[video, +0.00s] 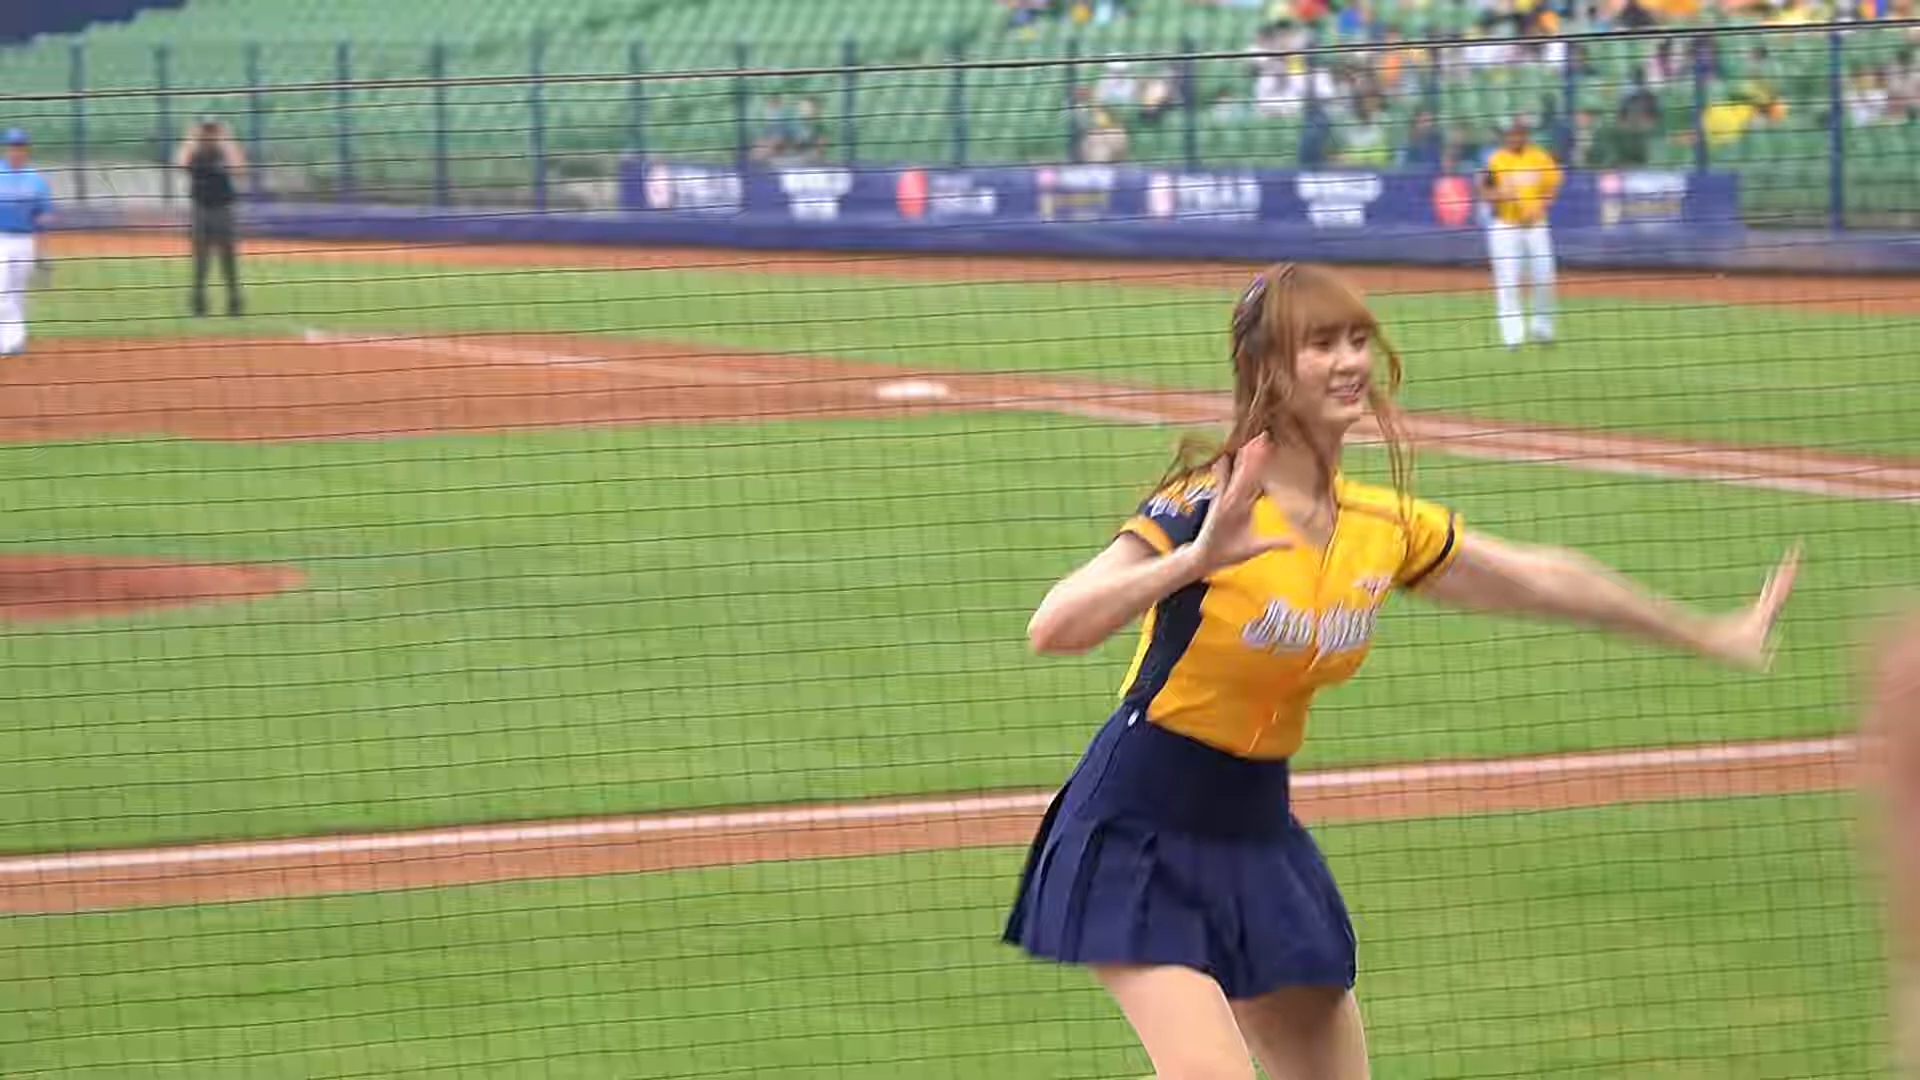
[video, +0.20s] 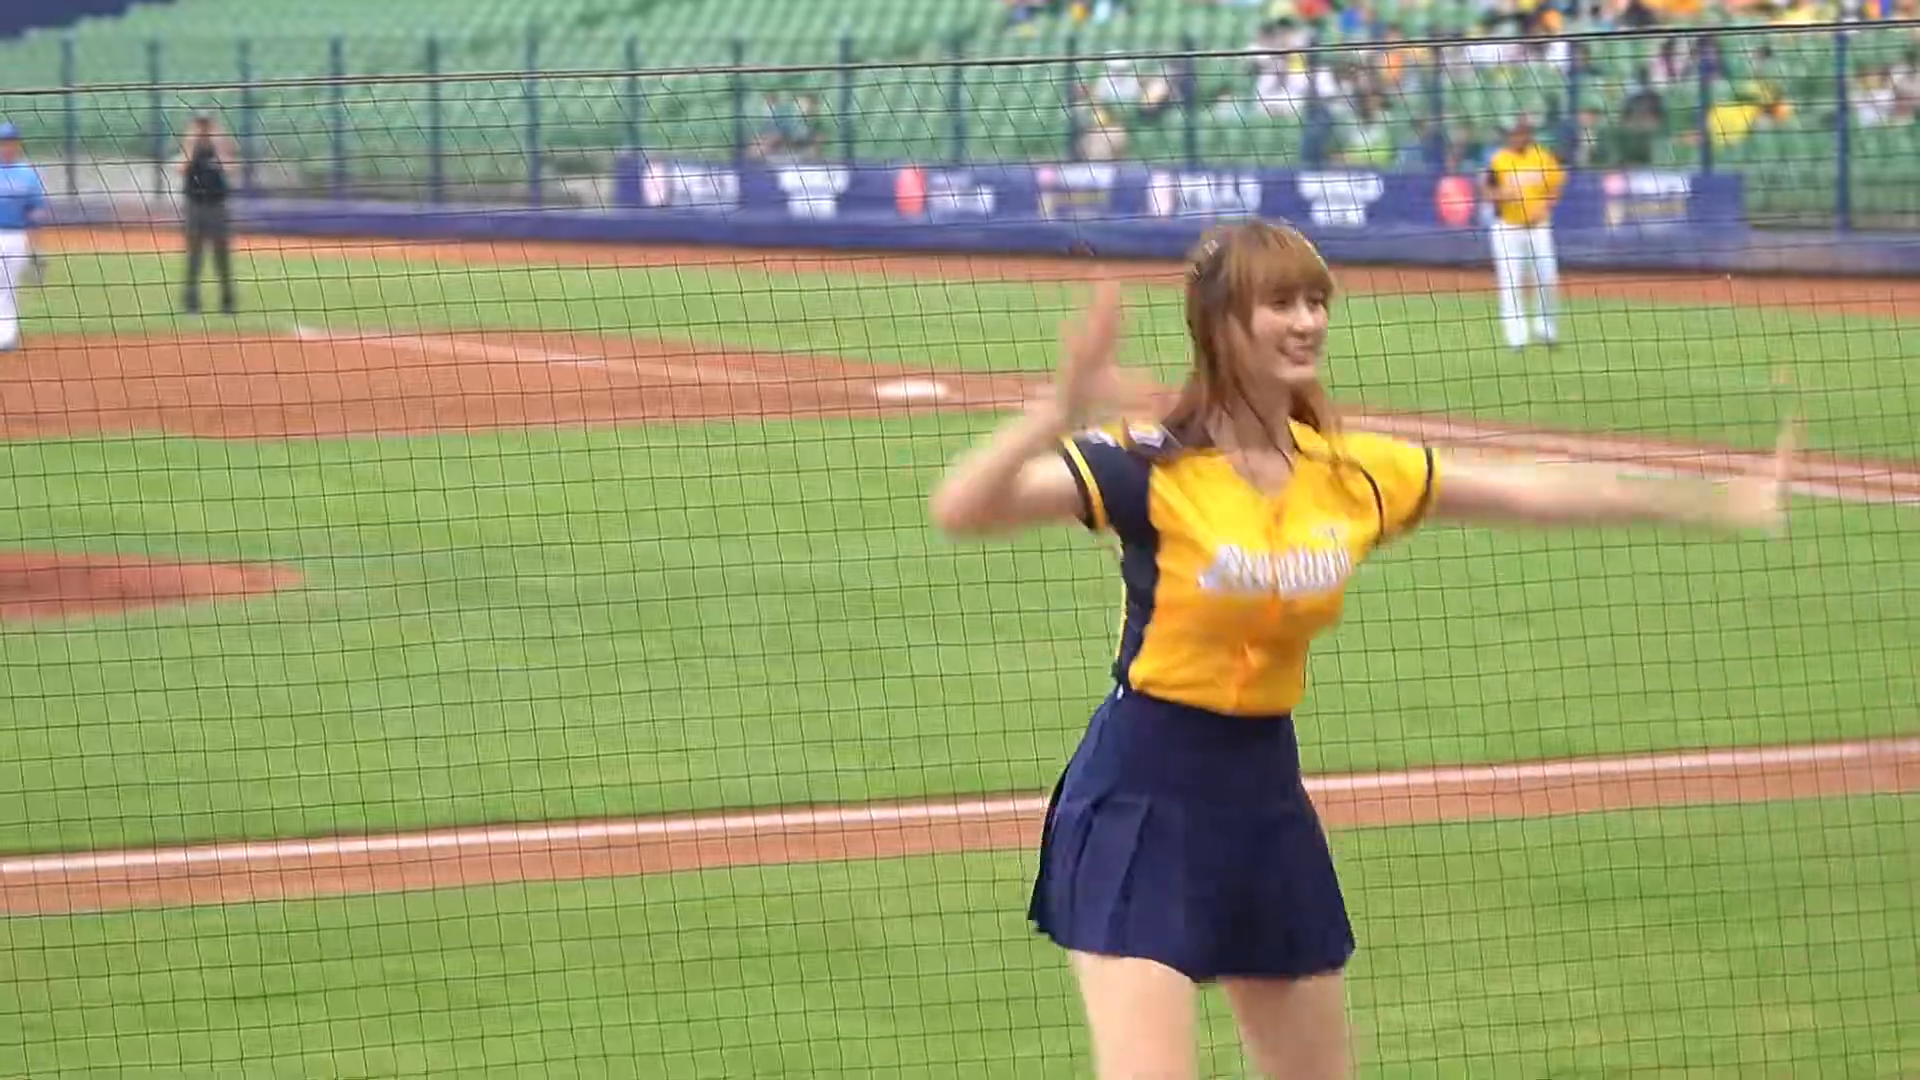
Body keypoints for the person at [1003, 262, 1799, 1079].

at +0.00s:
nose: (1351, 361)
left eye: (1359, 341)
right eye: (1324, 345)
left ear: (1374, 361)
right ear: (1266, 375)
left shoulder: (1387, 526)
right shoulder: (1200, 506)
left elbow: (1542, 581)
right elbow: (1052, 629)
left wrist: (1708, 636)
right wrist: (1194, 559)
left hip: (1256, 832)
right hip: (1136, 822)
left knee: (1333, 1064)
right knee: (1210, 1066)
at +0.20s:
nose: (1310, 321)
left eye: (1318, 300)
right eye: (1283, 302)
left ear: (1327, 317)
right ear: (1220, 324)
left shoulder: (1355, 469)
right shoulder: (1145, 466)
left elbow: (1536, 489)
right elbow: (958, 510)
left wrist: (1715, 498)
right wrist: (1054, 412)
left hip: (1268, 793)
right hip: (1144, 788)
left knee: (1316, 1065)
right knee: (1148, 1068)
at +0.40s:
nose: (1204, 337)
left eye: (1213, 315)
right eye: (1177, 315)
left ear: (1226, 328)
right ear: (1107, 336)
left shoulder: (1252, 432)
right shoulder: (1041, 465)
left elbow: (1396, 297)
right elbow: (891, 377)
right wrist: (815, 242)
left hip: (1230, 813)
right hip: (1092, 814)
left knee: (1286, 1066)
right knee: (1039, 1066)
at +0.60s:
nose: (1154, 337)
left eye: (1157, 316)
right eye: (1128, 317)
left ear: (1159, 331)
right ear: (1054, 343)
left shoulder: (1189, 446)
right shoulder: (997, 513)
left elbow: (1285, 526)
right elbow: (842, 643)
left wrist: (1293, 507)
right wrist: (684, 733)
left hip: (1180, 798)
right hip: (1051, 822)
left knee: (1304, 1065)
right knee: (1027, 1067)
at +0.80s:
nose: (1175, 361)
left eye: (1175, 340)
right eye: (1152, 344)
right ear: (1080, 374)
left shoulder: (1187, 460)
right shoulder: (1015, 552)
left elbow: (1278, 477)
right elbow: (920, 711)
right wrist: (812, 859)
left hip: (1178, 827)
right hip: (1058, 857)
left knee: (1357, 1065)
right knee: (1040, 1062)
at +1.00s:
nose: (1260, 331)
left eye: (1261, 310)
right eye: (1239, 312)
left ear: (1247, 320)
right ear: (1165, 324)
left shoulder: (1271, 396)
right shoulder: (1095, 443)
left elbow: (1394, 290)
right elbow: (951, 435)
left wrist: (1502, 184)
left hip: (1253, 792)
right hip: (1137, 799)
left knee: (1336, 1063)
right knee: (1070, 1063)